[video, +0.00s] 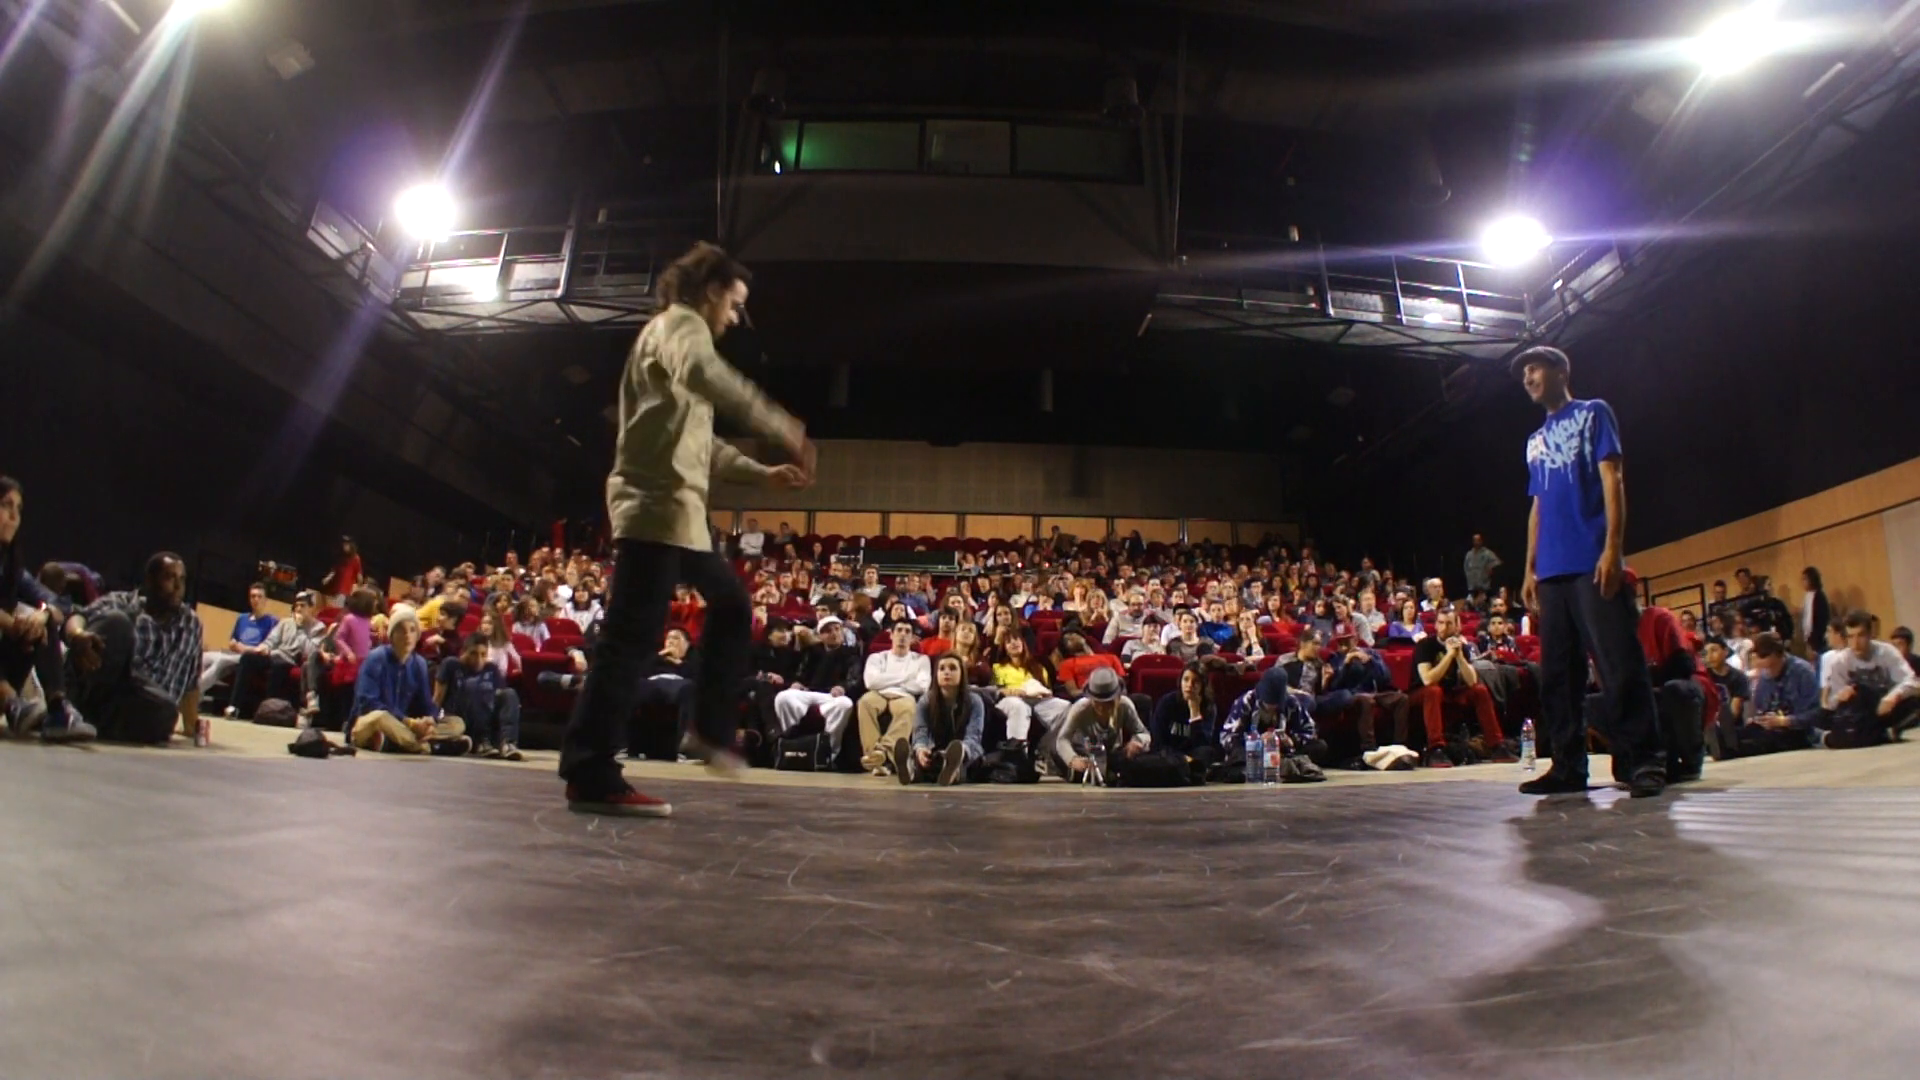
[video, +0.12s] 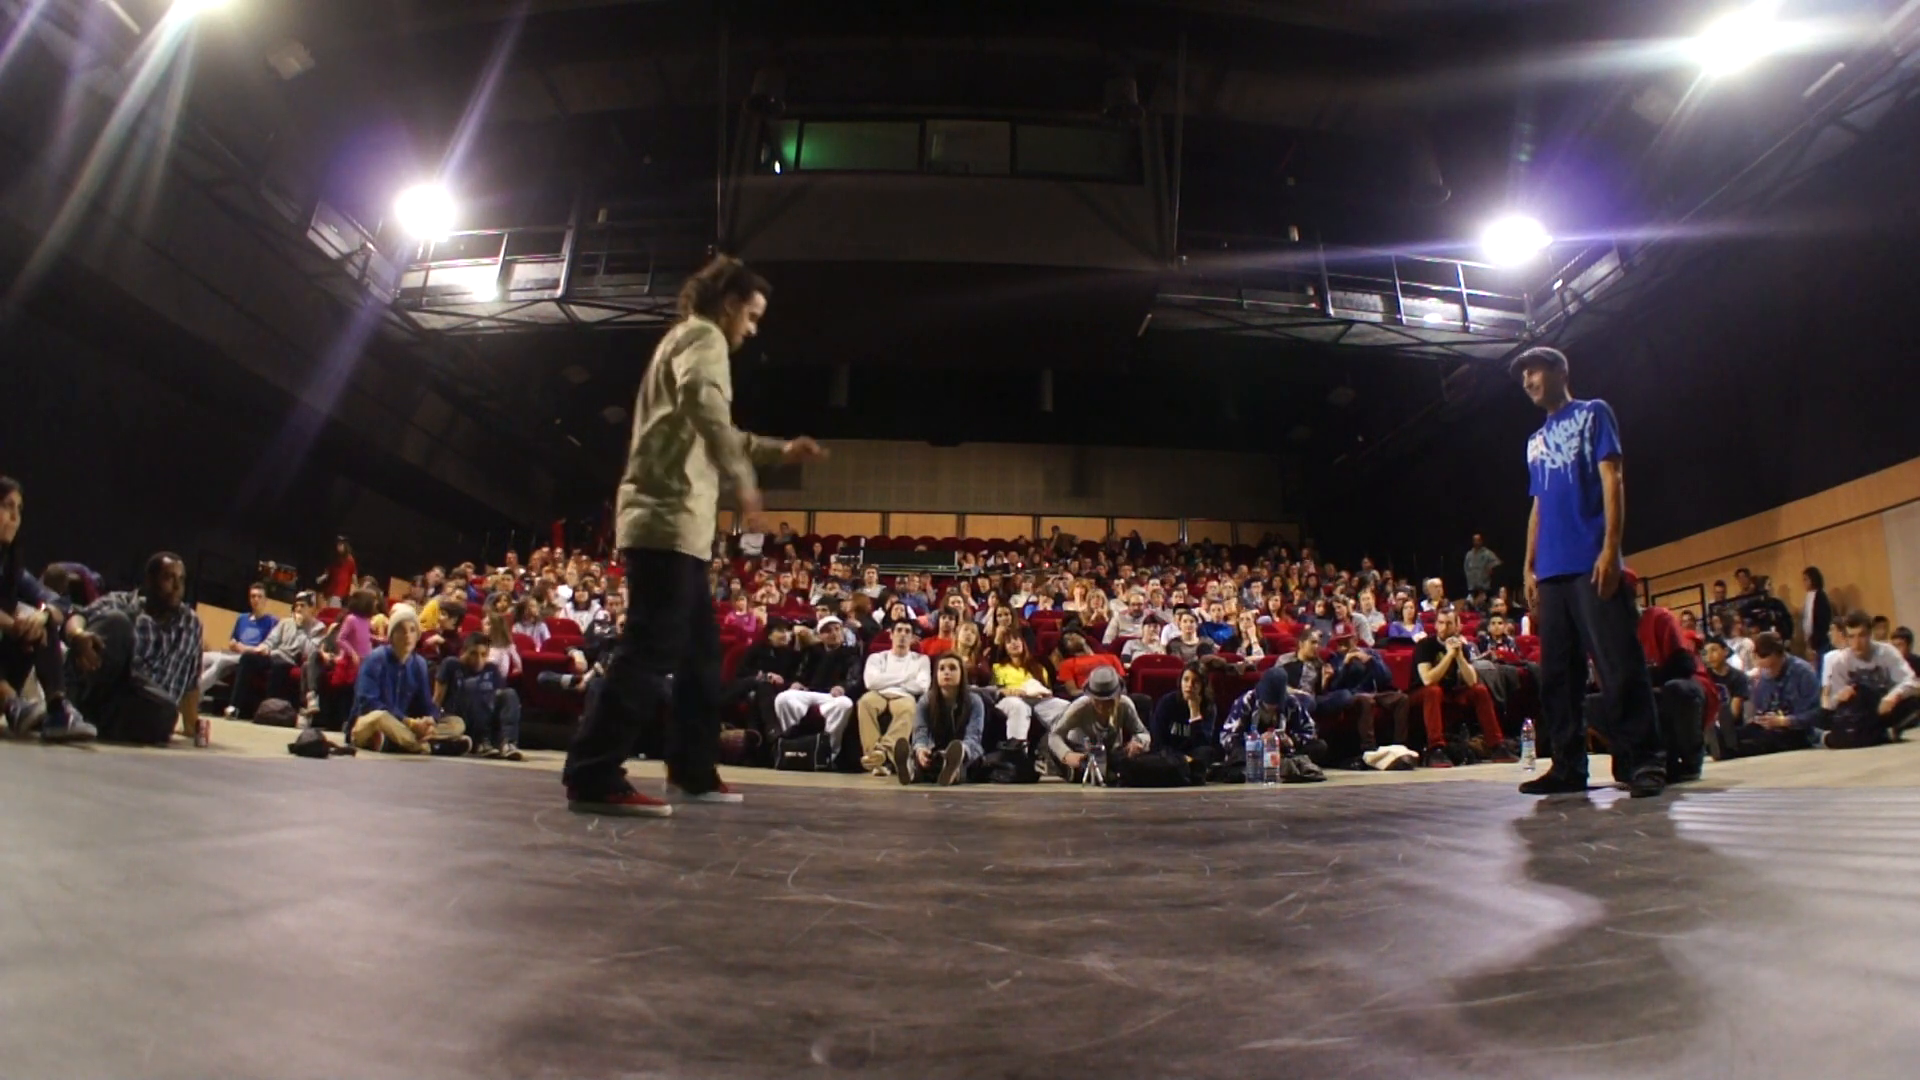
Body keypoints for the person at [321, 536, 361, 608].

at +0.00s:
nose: (344, 547)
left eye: (347, 544)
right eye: (343, 544)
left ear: (351, 545)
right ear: (342, 545)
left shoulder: (355, 558)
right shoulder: (341, 556)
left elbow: (359, 573)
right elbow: (334, 569)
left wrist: (360, 585)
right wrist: (327, 579)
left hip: (346, 588)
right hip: (335, 587)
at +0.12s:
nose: (339, 547)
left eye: (341, 545)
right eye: (338, 545)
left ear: (345, 546)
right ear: (336, 546)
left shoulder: (349, 559)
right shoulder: (336, 557)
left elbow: (353, 573)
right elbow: (329, 569)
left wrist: (354, 585)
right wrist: (322, 577)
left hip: (343, 586)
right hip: (333, 584)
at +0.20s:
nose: (335, 547)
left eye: (337, 545)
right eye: (334, 545)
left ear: (341, 546)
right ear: (332, 546)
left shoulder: (345, 559)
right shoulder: (331, 557)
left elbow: (350, 575)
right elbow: (325, 573)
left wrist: (350, 588)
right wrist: (317, 582)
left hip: (340, 592)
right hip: (329, 591)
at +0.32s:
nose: (331, 545)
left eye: (333, 542)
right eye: (330, 542)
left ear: (337, 544)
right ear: (328, 544)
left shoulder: (341, 555)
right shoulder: (326, 555)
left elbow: (345, 571)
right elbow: (322, 571)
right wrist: (318, 582)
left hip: (335, 587)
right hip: (324, 586)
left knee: (334, 610)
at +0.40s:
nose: (328, 545)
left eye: (330, 542)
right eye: (327, 542)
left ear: (334, 543)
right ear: (325, 543)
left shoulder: (339, 554)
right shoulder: (324, 554)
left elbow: (342, 569)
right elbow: (320, 568)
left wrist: (335, 574)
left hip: (333, 587)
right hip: (323, 586)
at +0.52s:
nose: (323, 547)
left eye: (325, 544)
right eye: (322, 544)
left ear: (329, 545)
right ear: (320, 545)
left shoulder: (333, 556)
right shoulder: (319, 556)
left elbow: (338, 570)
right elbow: (314, 572)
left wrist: (328, 575)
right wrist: (311, 586)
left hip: (328, 591)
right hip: (316, 590)